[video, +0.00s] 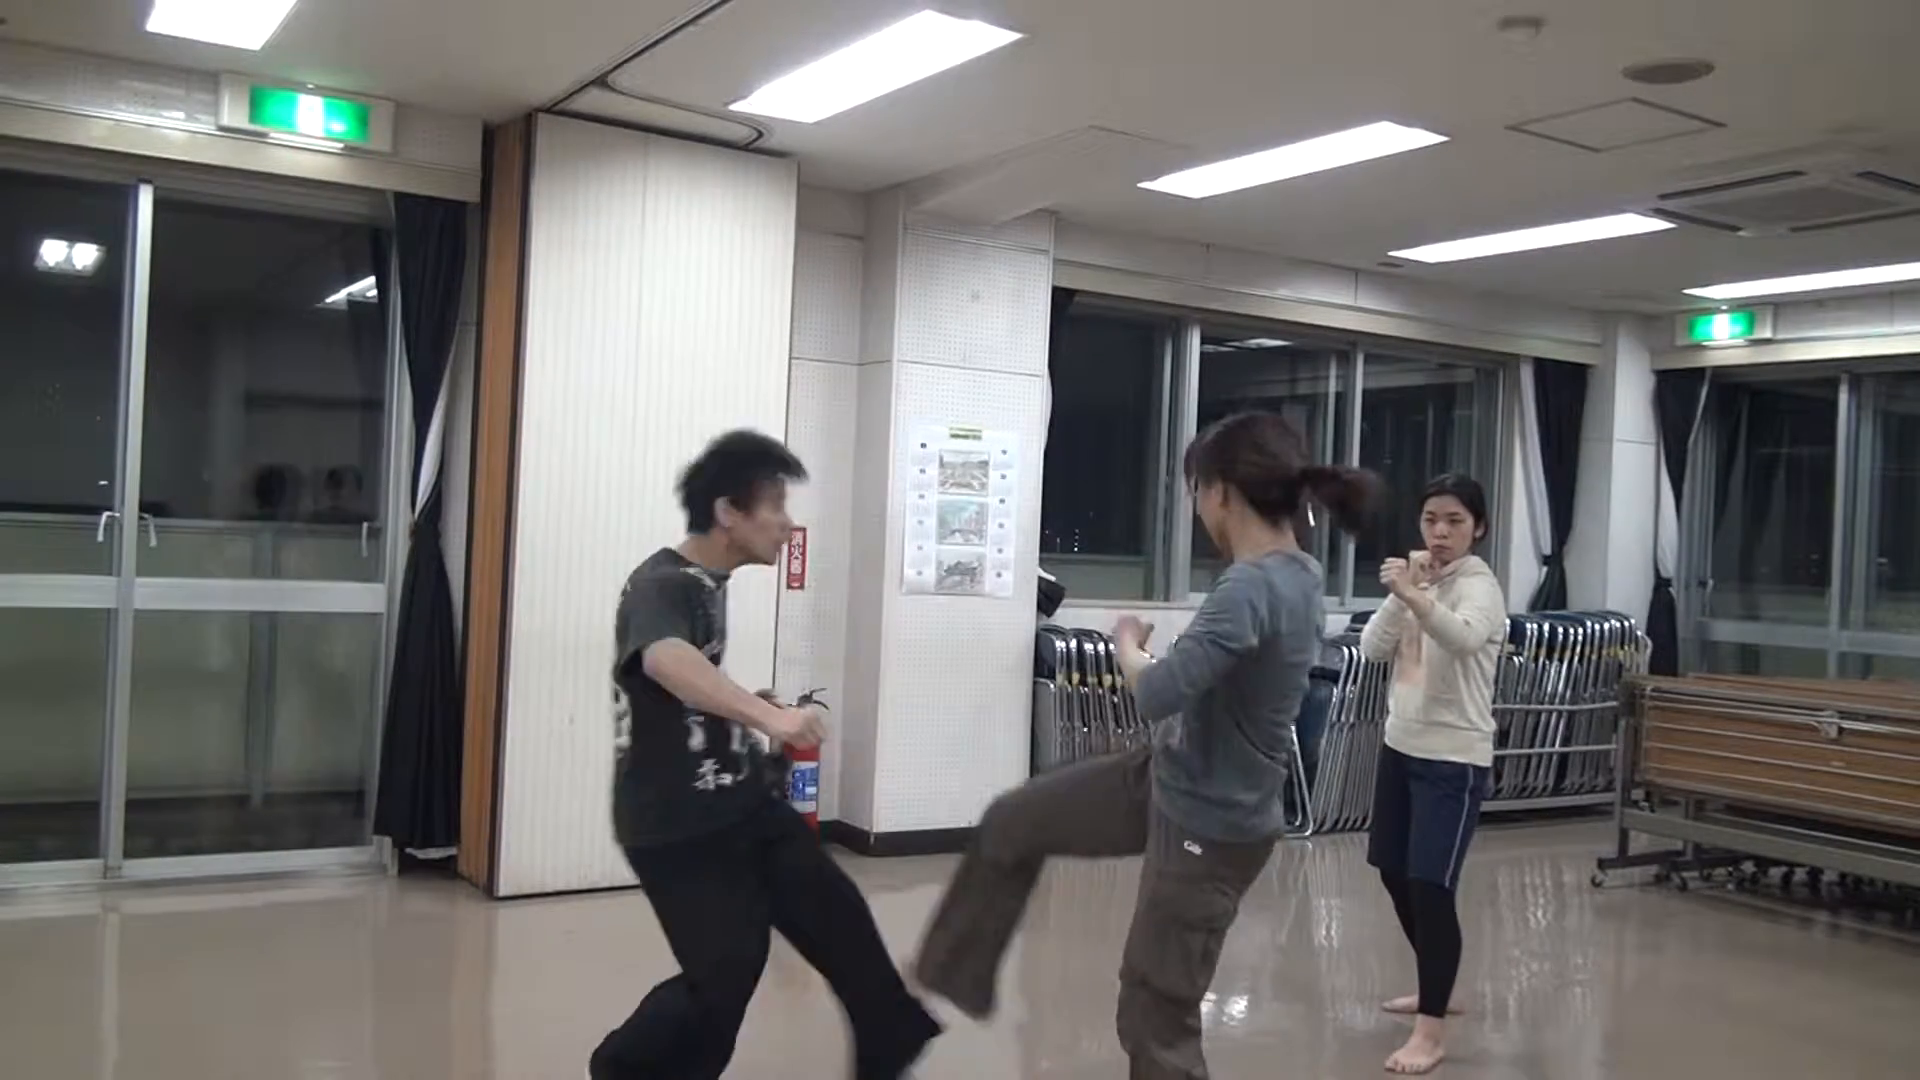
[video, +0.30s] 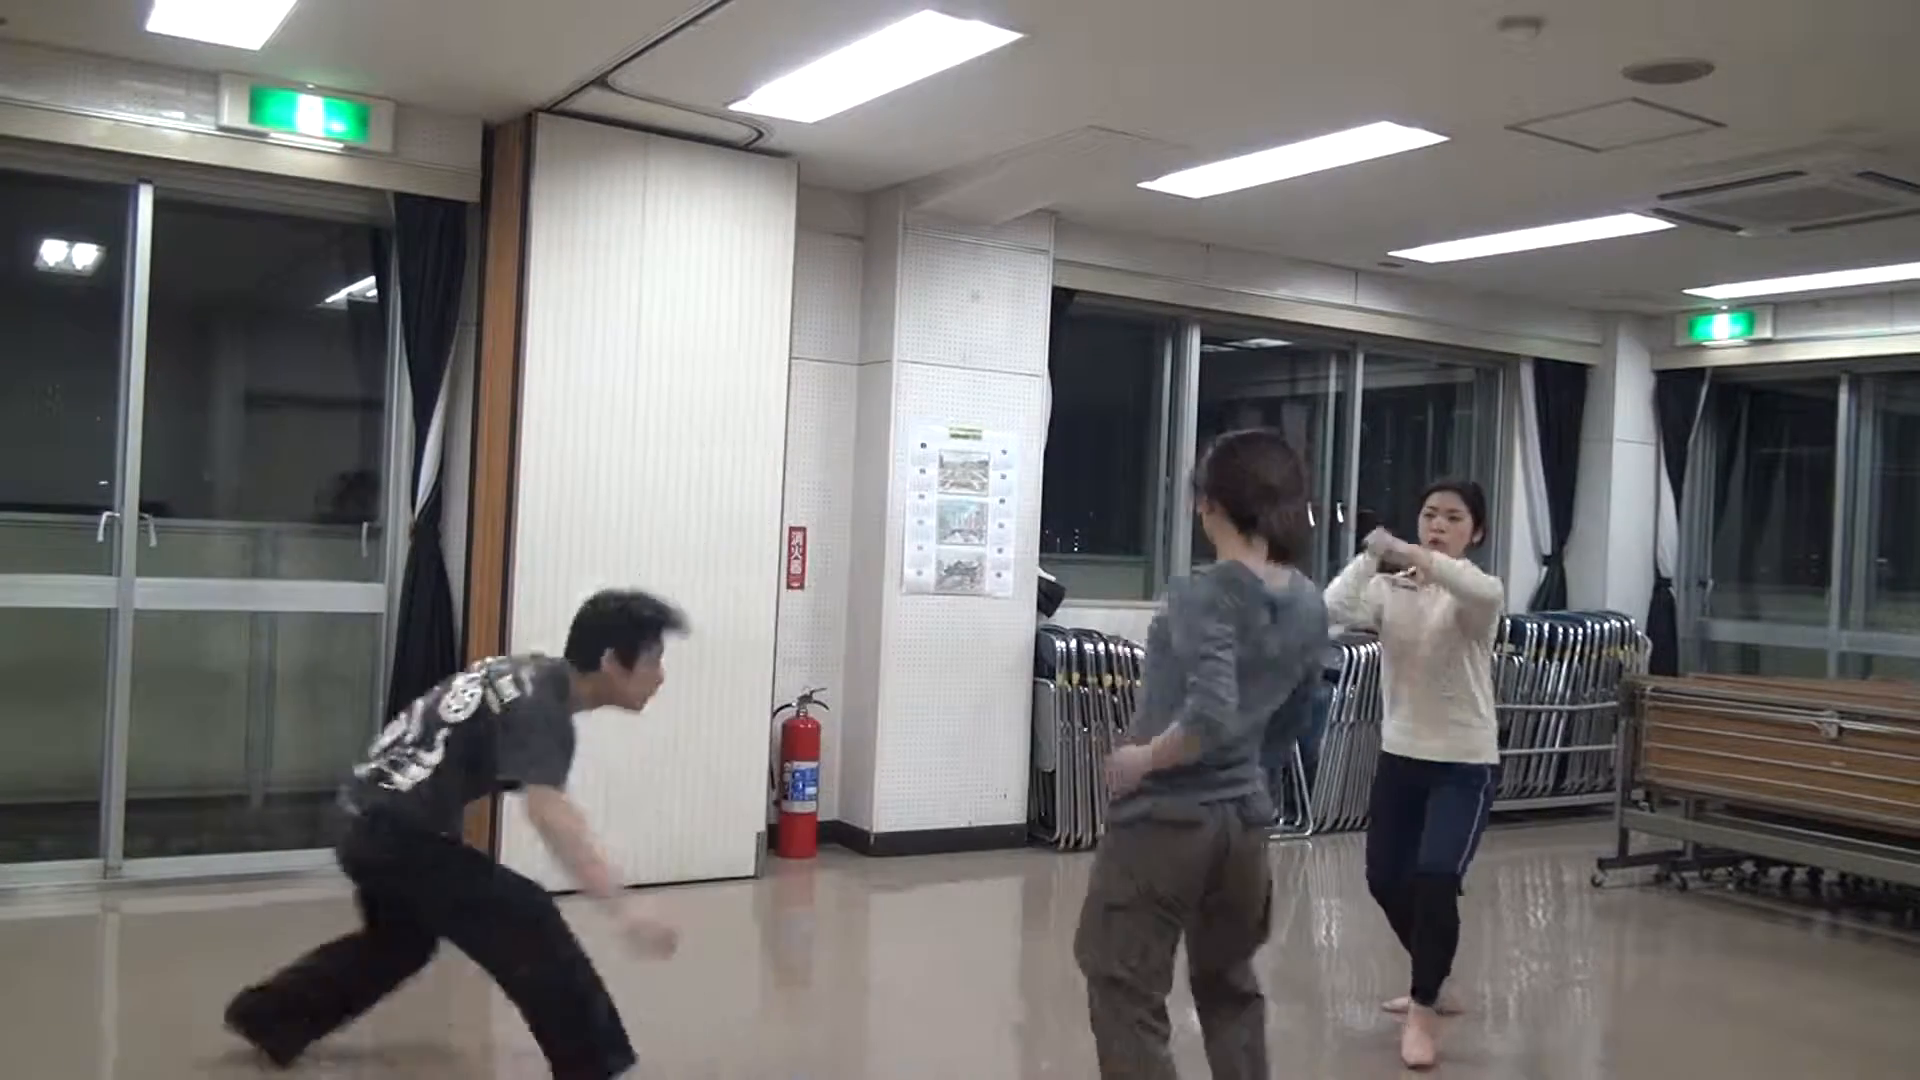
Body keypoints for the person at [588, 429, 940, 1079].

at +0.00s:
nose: (789, 525)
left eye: (786, 509)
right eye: (776, 508)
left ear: (735, 516)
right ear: (727, 514)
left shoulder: (709, 585)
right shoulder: (661, 583)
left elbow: (687, 686)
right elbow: (666, 660)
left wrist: (756, 706)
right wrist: (768, 718)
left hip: (744, 804)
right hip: (677, 822)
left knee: (836, 914)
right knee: (726, 970)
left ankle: (892, 1044)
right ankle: (623, 1067)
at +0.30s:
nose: (660, 675)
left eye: (659, 661)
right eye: (653, 661)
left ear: (601, 658)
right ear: (609, 662)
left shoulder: (521, 672)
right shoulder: (540, 700)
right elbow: (547, 807)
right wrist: (622, 909)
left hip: (366, 825)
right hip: (402, 838)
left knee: (399, 943)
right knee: (524, 917)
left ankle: (271, 1017)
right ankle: (596, 1065)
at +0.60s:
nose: (477, 869)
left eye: (487, 857)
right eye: (482, 851)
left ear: (445, 807)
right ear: (456, 822)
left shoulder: (366, 780)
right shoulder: (399, 854)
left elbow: (253, 767)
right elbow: (407, 972)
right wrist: (441, 1061)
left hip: (178, 824)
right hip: (173, 876)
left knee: (313, 898)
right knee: (205, 1036)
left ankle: (260, 1030)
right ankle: (53, 1026)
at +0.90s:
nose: (370, 803)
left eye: (374, 790)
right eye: (369, 785)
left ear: (316, 765)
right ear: (329, 768)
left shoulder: (243, 768)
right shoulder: (271, 821)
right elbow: (269, 949)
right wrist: (295, 1057)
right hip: (67, 918)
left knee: (226, 908)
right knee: (134, 1056)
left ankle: (227, 1029)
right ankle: (6, 1031)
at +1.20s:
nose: (300, 660)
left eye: (300, 646)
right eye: (291, 645)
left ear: (245, 648)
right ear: (244, 648)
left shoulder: (170, 689)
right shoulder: (208, 715)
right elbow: (154, 789)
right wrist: (145, 914)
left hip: (44, 869)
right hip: (76, 882)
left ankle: (225, 1030)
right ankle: (223, 1028)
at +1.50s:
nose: (231, 541)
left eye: (231, 527)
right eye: (221, 527)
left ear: (166, 531)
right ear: (171, 528)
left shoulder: (101, 569)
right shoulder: (142, 605)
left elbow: (54, 669)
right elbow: (196, 710)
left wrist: (105, 746)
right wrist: (292, 765)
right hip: (37, 801)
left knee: (155, 850)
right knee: (46, 975)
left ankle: (167, 1012)